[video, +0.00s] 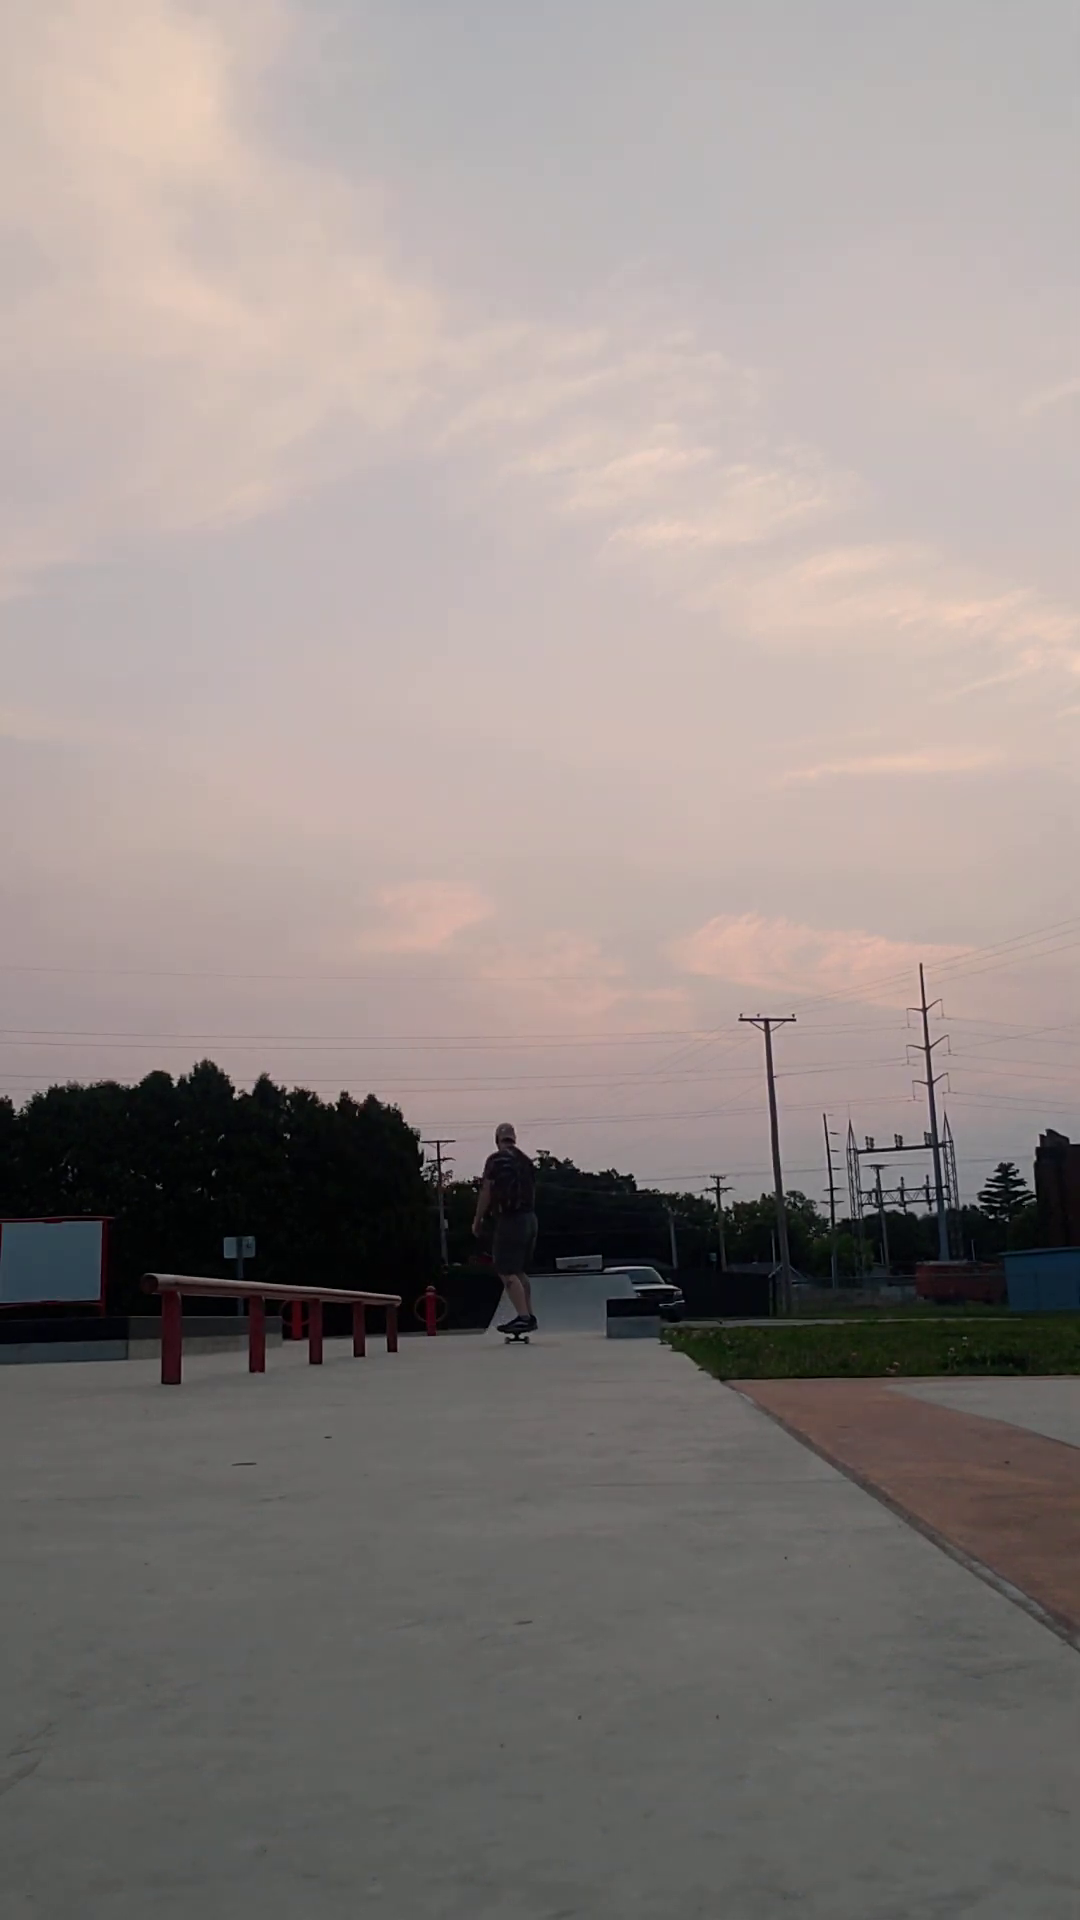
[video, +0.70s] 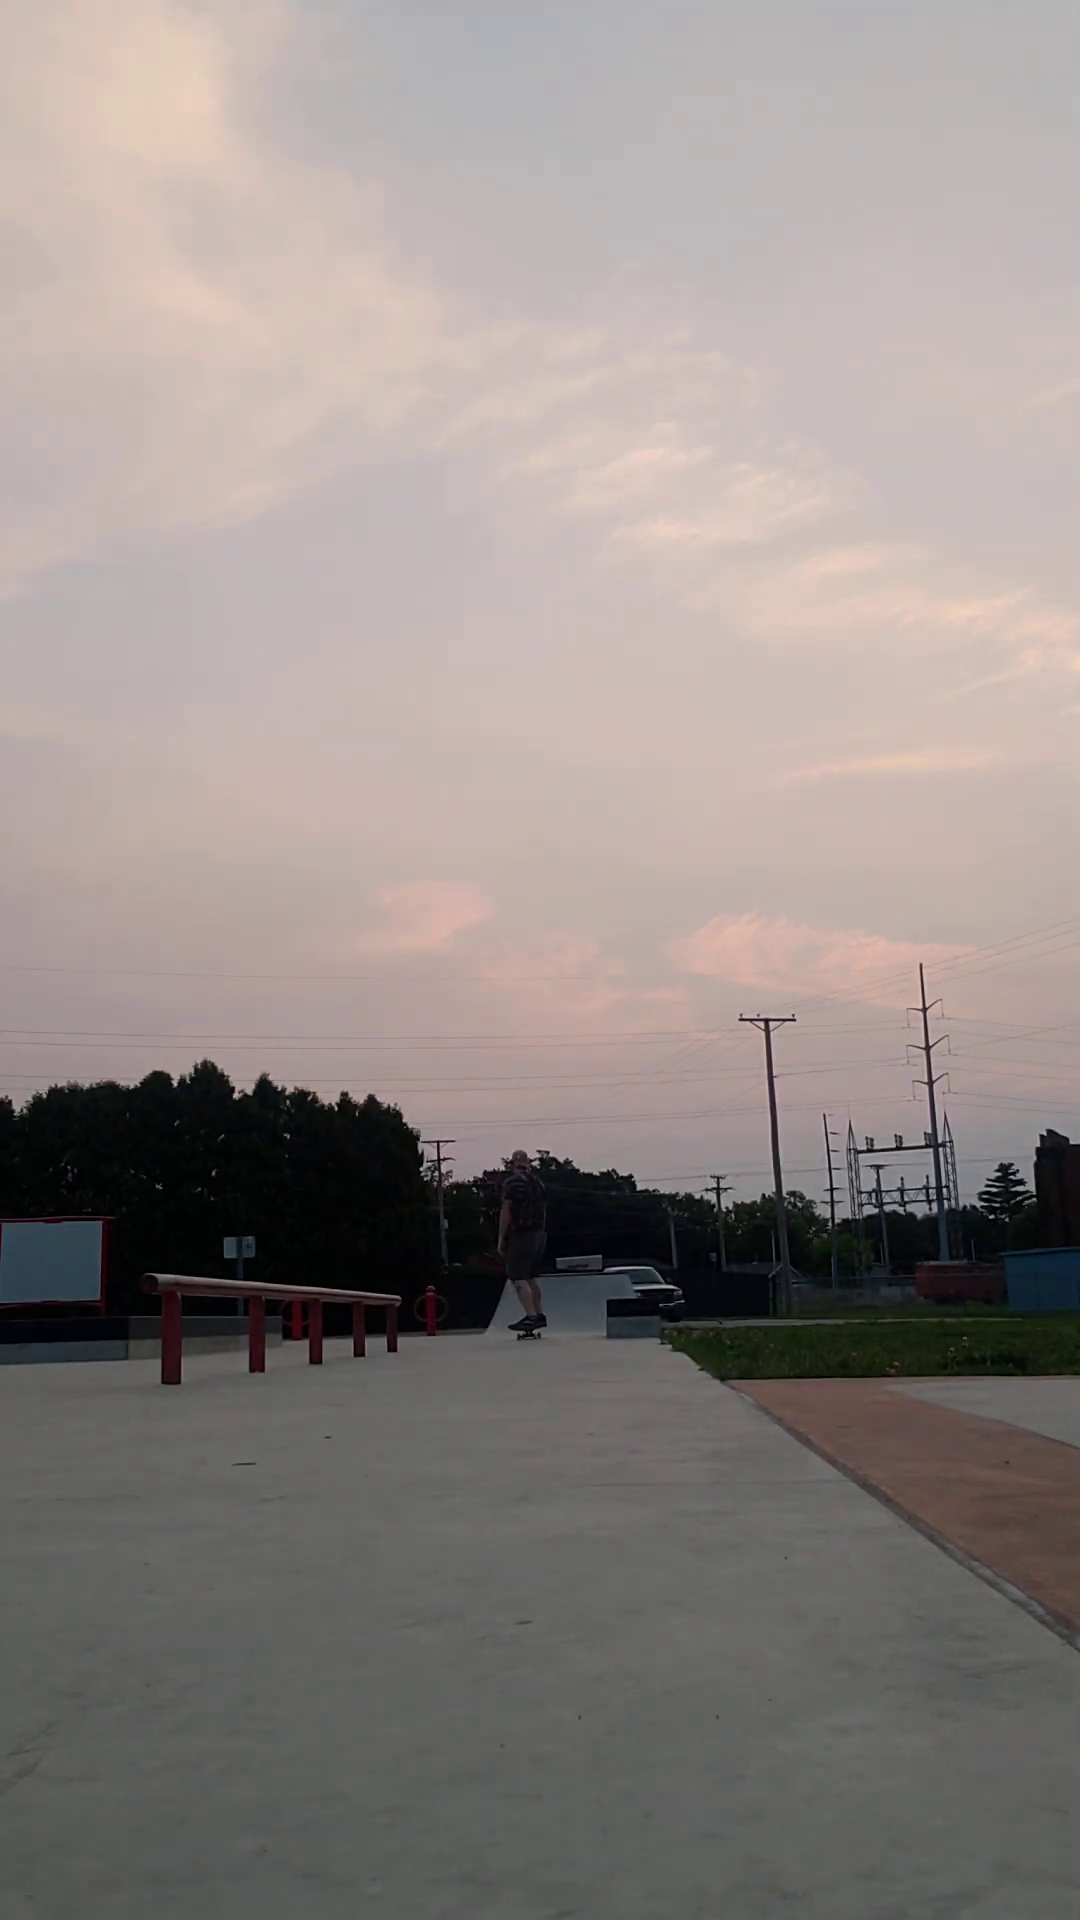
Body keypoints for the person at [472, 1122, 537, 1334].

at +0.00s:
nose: (502, 1144)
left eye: (500, 1140)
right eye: (506, 1140)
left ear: (497, 1140)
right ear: (515, 1139)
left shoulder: (495, 1160)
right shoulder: (526, 1160)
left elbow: (486, 1190)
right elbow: (529, 1191)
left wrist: (478, 1218)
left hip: (508, 1219)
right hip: (528, 1217)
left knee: (506, 1270)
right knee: (519, 1270)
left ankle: (523, 1315)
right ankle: (528, 1315)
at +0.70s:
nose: (518, 1166)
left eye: (517, 1162)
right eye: (520, 1162)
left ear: (512, 1163)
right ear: (528, 1163)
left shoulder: (511, 1182)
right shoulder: (537, 1182)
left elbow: (506, 1211)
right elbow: (542, 1211)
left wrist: (501, 1237)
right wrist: (540, 1231)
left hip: (520, 1234)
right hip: (537, 1233)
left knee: (518, 1277)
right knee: (529, 1276)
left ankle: (531, 1315)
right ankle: (538, 1314)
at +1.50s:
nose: (531, 1188)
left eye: (530, 1185)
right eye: (533, 1185)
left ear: (529, 1187)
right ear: (542, 1185)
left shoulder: (532, 1204)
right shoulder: (550, 1202)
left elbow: (531, 1229)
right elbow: (553, 1227)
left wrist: (524, 1251)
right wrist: (550, 1244)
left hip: (538, 1247)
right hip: (550, 1247)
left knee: (533, 1282)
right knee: (544, 1284)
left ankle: (545, 1315)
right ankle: (551, 1316)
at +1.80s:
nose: (539, 1195)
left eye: (537, 1193)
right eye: (540, 1193)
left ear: (534, 1194)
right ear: (546, 1193)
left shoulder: (537, 1212)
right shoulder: (554, 1209)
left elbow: (536, 1235)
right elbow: (556, 1233)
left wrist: (530, 1257)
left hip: (545, 1252)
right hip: (556, 1251)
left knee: (541, 1286)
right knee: (550, 1287)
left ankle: (553, 1316)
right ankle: (558, 1316)